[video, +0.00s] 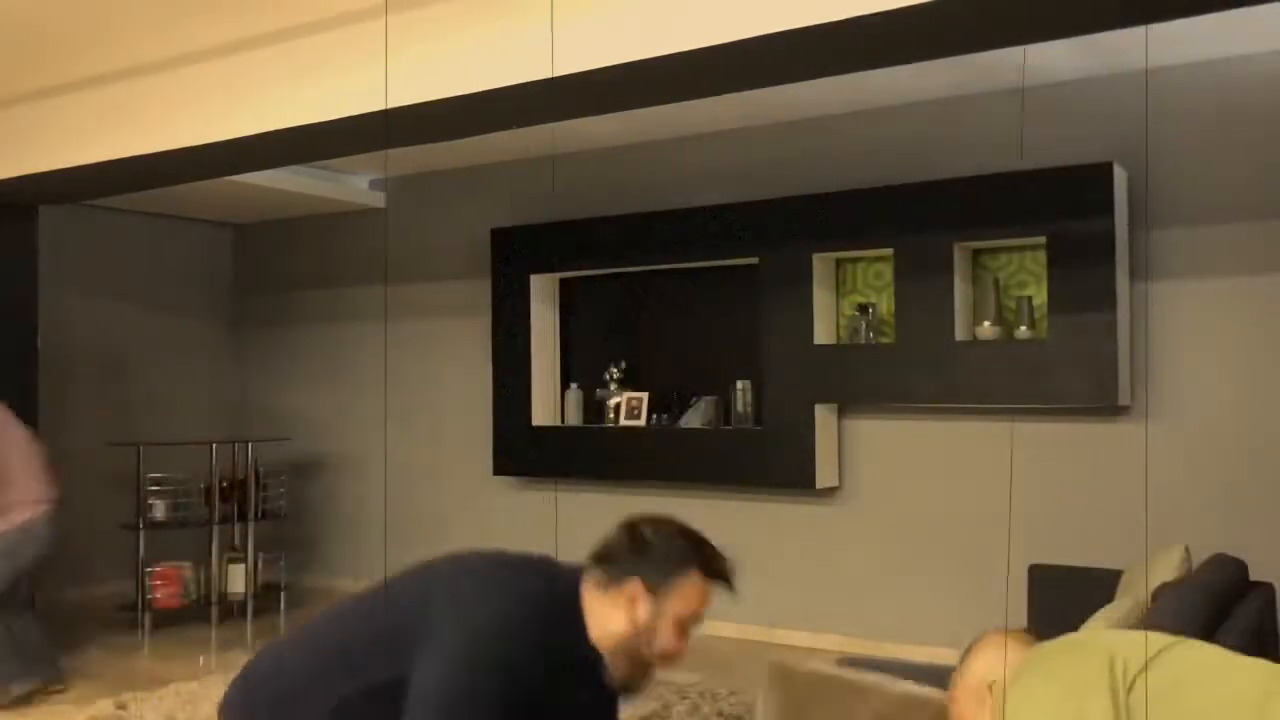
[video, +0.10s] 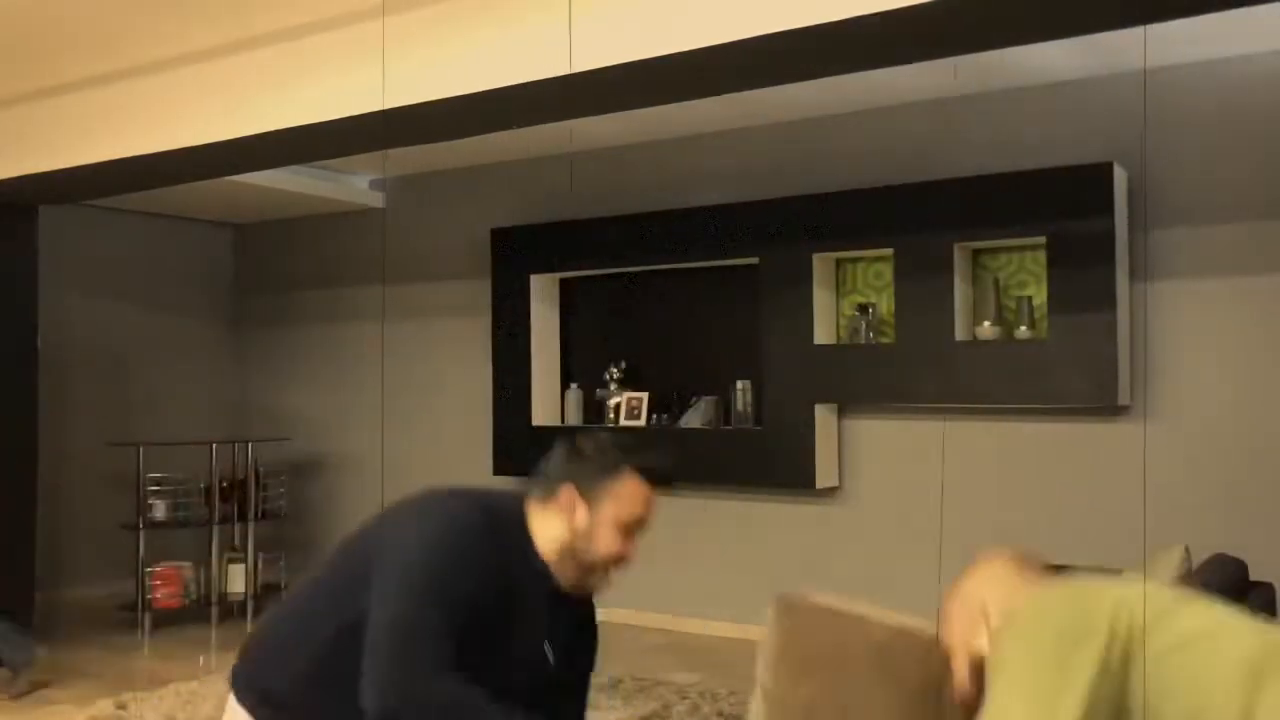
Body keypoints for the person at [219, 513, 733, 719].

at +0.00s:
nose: (685, 649)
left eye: (694, 630)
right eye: (684, 626)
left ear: (636, 601)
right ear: (635, 598)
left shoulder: (583, 661)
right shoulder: (498, 619)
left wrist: (610, 692)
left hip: (361, 703)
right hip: (277, 702)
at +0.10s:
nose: (630, 554)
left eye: (637, 534)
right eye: (626, 530)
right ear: (572, 503)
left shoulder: (570, 624)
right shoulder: (440, 535)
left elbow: (556, 717)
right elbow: (400, 698)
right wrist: (521, 712)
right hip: (277, 703)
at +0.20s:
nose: (587, 474)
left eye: (590, 456)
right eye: (579, 453)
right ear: (525, 437)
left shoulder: (551, 549)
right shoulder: (400, 479)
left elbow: (541, 689)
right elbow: (363, 613)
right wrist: (521, 644)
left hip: (430, 704)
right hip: (317, 696)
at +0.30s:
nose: (548, 433)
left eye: (550, 416)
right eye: (540, 415)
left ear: (493, 410)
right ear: (491, 408)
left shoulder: (526, 501)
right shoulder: (373, 461)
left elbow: (517, 641)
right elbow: (332, 579)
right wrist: (476, 567)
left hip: (444, 695)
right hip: (336, 692)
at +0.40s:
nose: (510, 390)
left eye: (512, 375)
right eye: (498, 373)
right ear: (446, 370)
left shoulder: (511, 452)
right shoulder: (358, 438)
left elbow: (533, 567)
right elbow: (316, 540)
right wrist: (439, 524)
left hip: (474, 655)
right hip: (369, 661)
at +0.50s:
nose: (459, 377)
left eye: (470, 362)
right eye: (441, 361)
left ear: (480, 364)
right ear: (402, 365)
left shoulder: (500, 432)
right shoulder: (356, 432)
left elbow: (527, 532)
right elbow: (320, 519)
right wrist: (430, 501)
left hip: (477, 633)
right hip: (377, 643)